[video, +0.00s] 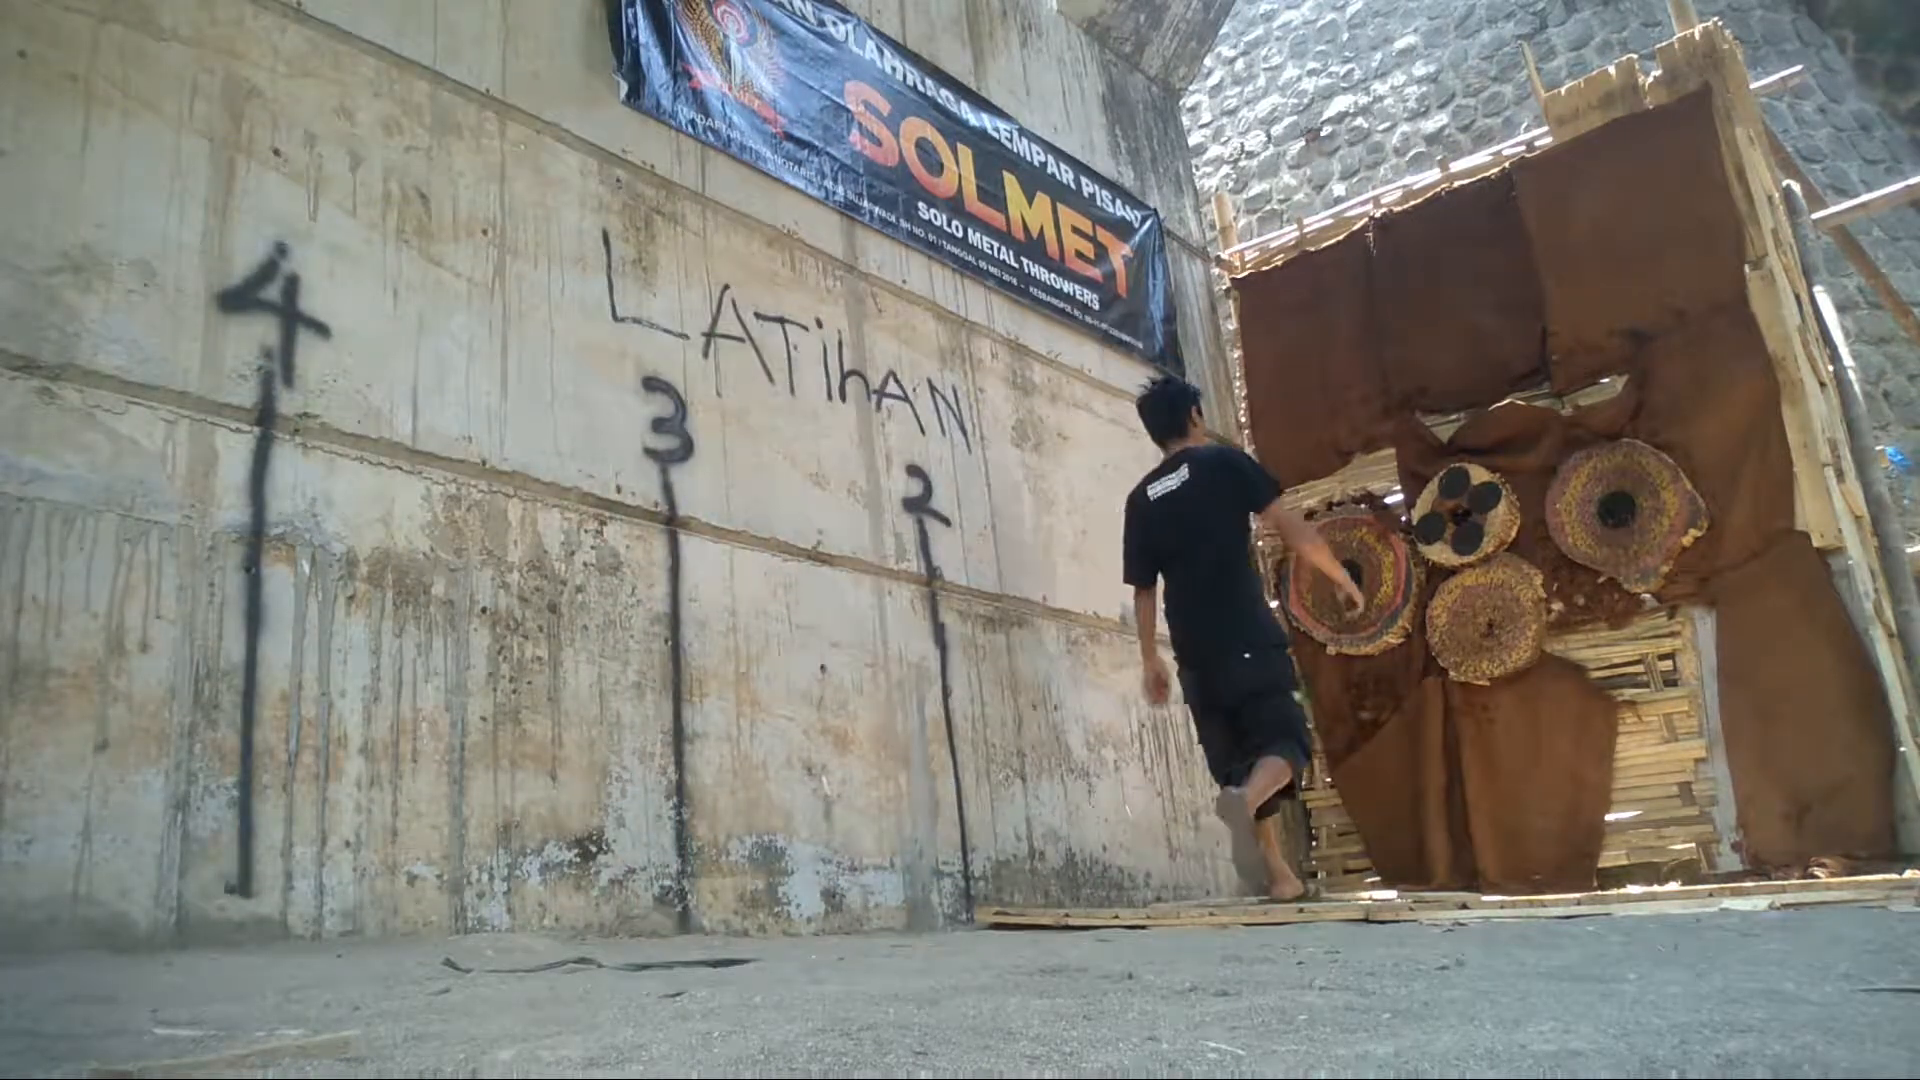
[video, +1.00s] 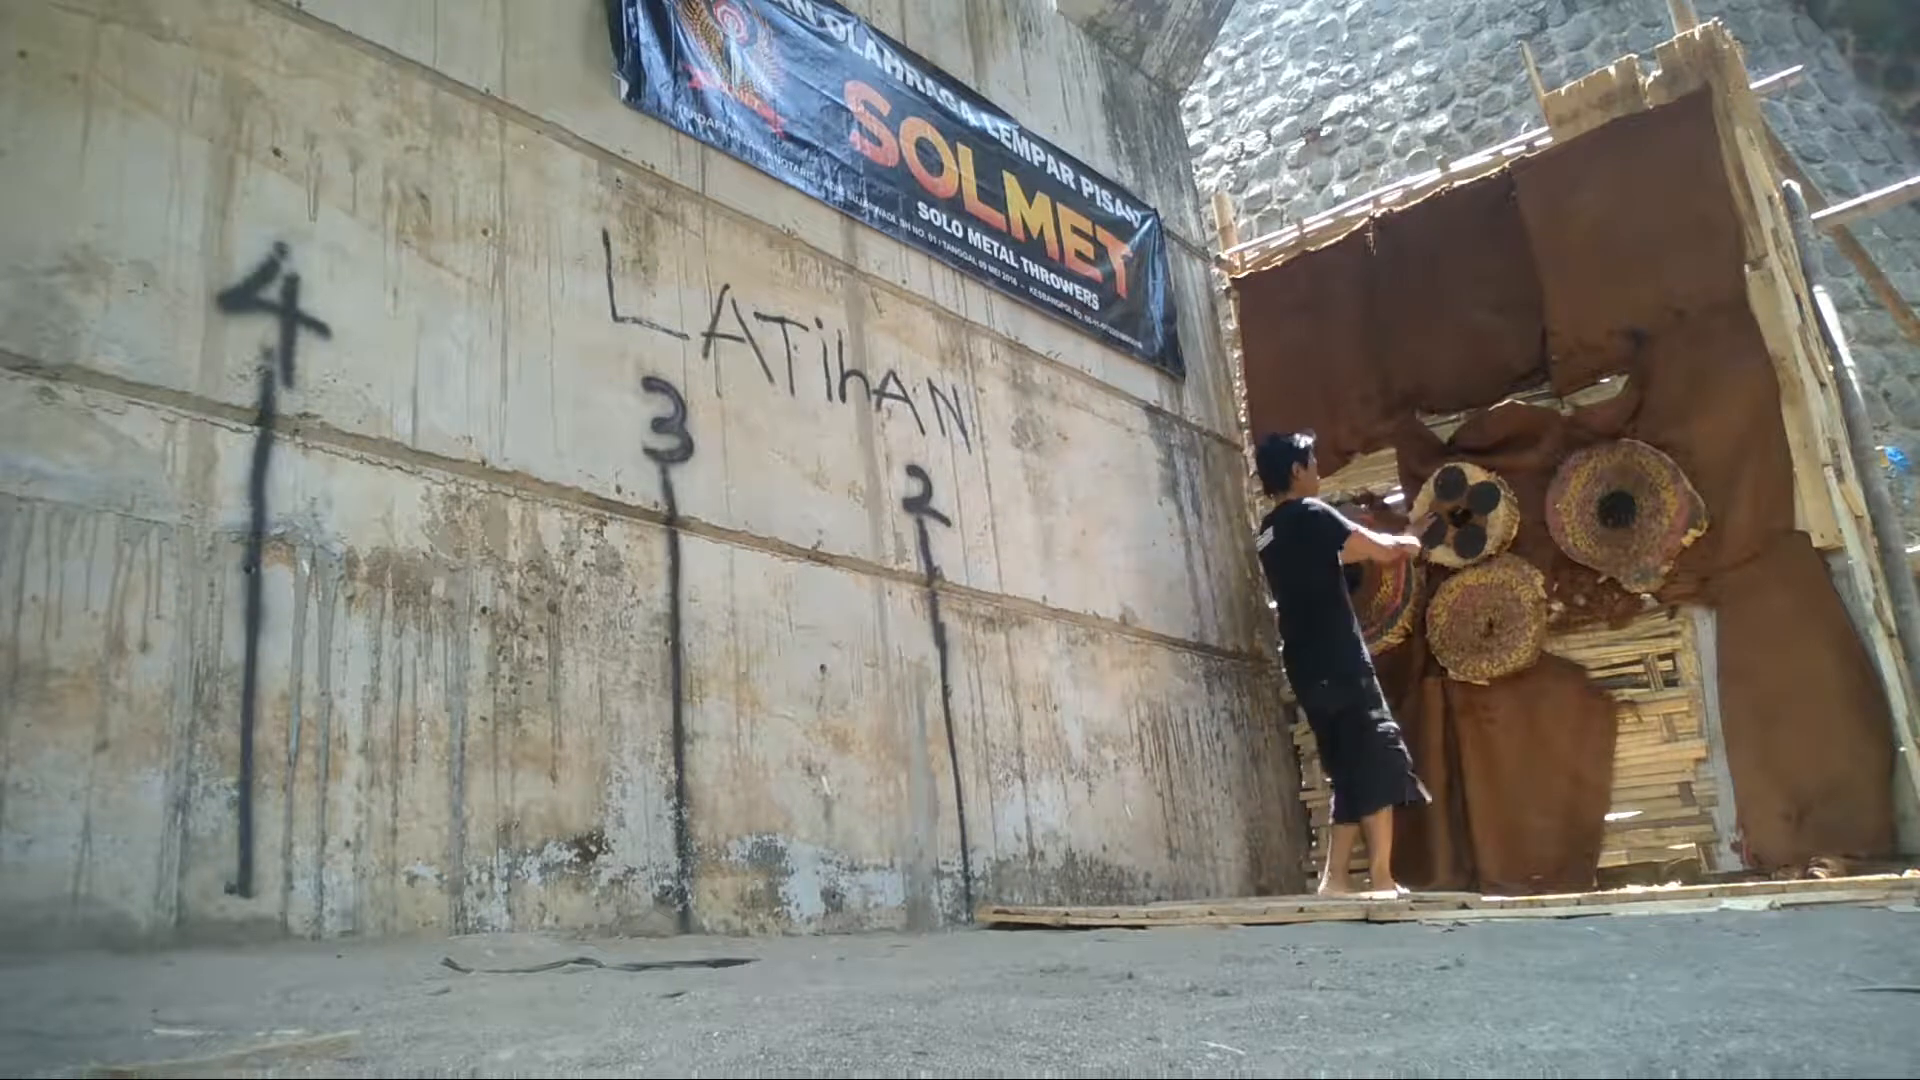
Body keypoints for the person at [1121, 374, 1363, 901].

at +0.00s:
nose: (1206, 422)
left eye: (1201, 414)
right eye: (1202, 414)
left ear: (1150, 434)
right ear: (1194, 417)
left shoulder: (1142, 498)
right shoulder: (1227, 462)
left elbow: (1143, 589)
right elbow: (1293, 531)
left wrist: (1150, 659)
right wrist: (1341, 578)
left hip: (1191, 643)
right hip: (1246, 626)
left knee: (1240, 762)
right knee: (1288, 737)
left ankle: (1280, 875)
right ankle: (1249, 798)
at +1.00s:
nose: (1316, 472)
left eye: (1313, 463)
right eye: (1312, 464)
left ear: (1273, 476)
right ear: (1298, 470)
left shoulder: (1268, 530)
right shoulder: (1309, 514)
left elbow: (1333, 557)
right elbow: (1379, 548)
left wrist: (1384, 549)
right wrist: (1406, 543)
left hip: (1304, 663)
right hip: (1339, 659)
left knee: (1348, 768)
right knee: (1380, 757)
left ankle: (1334, 878)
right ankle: (1382, 880)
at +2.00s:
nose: (1321, 480)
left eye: (1320, 472)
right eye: (1316, 473)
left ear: (1285, 478)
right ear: (1294, 476)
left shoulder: (1273, 526)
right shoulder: (1302, 517)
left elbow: (1343, 553)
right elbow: (1363, 544)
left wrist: (1392, 542)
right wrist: (1405, 536)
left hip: (1286, 653)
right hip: (1310, 653)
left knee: (1321, 759)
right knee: (1345, 751)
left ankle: (1333, 873)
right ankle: (1359, 868)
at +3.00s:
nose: (1292, 448)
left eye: (1292, 440)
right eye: (1278, 445)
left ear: (1298, 447)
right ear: (1258, 462)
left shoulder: (1315, 510)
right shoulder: (1255, 513)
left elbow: (1356, 555)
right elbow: (1250, 594)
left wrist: (1414, 559)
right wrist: (1295, 636)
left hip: (1337, 652)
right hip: (1295, 653)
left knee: (1354, 757)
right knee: (1326, 752)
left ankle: (1342, 871)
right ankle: (1340, 874)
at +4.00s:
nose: (1138, 342)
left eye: (1147, 330)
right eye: (1126, 337)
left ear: (1175, 339)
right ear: (1120, 355)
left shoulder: (1219, 400)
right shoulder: (1119, 434)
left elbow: (1265, 481)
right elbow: (1088, 514)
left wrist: (1222, 497)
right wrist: (1072, 459)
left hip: (1228, 592)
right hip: (1156, 604)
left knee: (1262, 721)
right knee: (1147, 715)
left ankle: (1283, 870)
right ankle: (1236, 826)